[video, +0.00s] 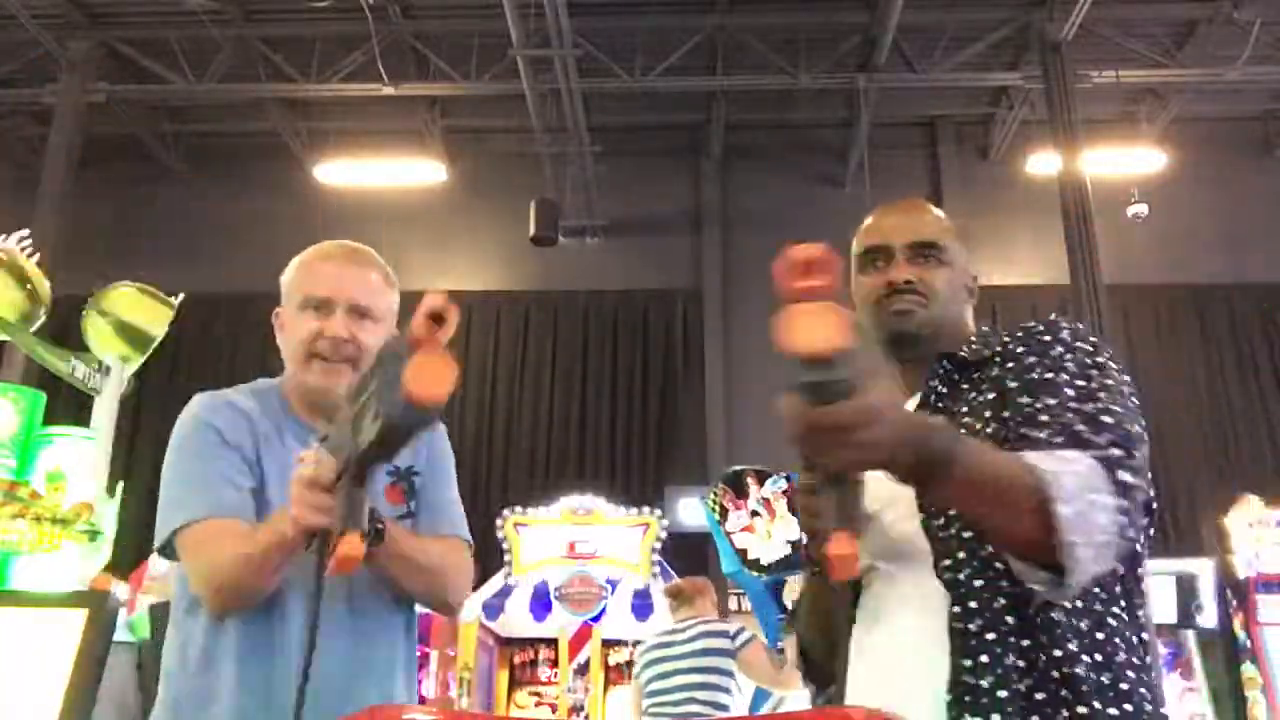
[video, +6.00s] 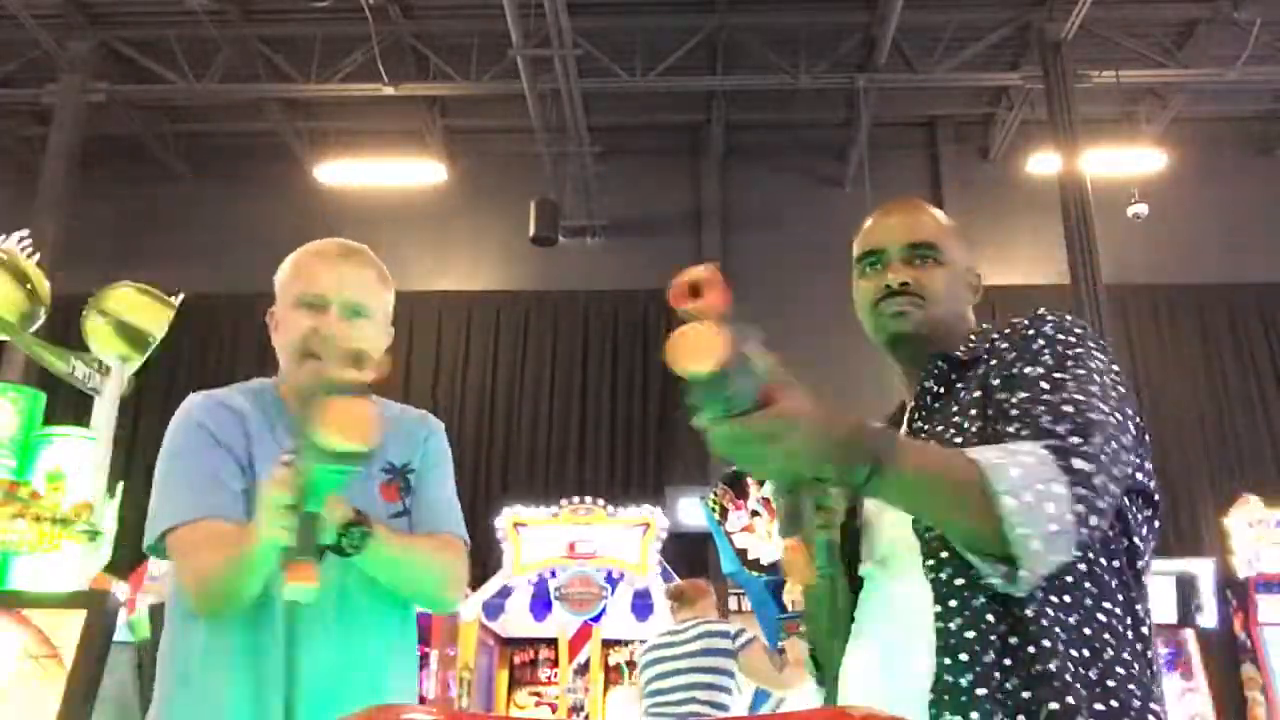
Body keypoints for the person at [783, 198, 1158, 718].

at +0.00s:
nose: (898, 276)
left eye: (926, 256)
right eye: (874, 262)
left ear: (970, 282)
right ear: (854, 298)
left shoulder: (1053, 353)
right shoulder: (860, 419)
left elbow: (1088, 529)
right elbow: (822, 667)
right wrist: (828, 550)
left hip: (1060, 697)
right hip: (896, 701)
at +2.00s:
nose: (953, 269)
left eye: (977, 254)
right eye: (925, 255)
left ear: (1010, 286)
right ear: (895, 292)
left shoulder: (1117, 381)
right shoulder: (885, 458)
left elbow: (1246, 549)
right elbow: (872, 667)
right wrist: (855, 580)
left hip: (1130, 702)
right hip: (954, 705)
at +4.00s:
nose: (947, 271)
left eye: (971, 256)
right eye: (919, 261)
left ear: (1009, 286)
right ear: (892, 302)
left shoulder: (1099, 352)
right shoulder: (900, 434)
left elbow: (1098, 515)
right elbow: (879, 669)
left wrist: (919, 434)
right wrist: (856, 515)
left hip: (1098, 701)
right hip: (938, 705)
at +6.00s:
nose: (894, 276)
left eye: (922, 257)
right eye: (871, 264)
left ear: (974, 281)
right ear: (854, 299)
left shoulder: (1047, 346)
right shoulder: (884, 445)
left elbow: (1046, 518)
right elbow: (845, 666)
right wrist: (825, 535)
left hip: (1050, 699)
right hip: (900, 702)